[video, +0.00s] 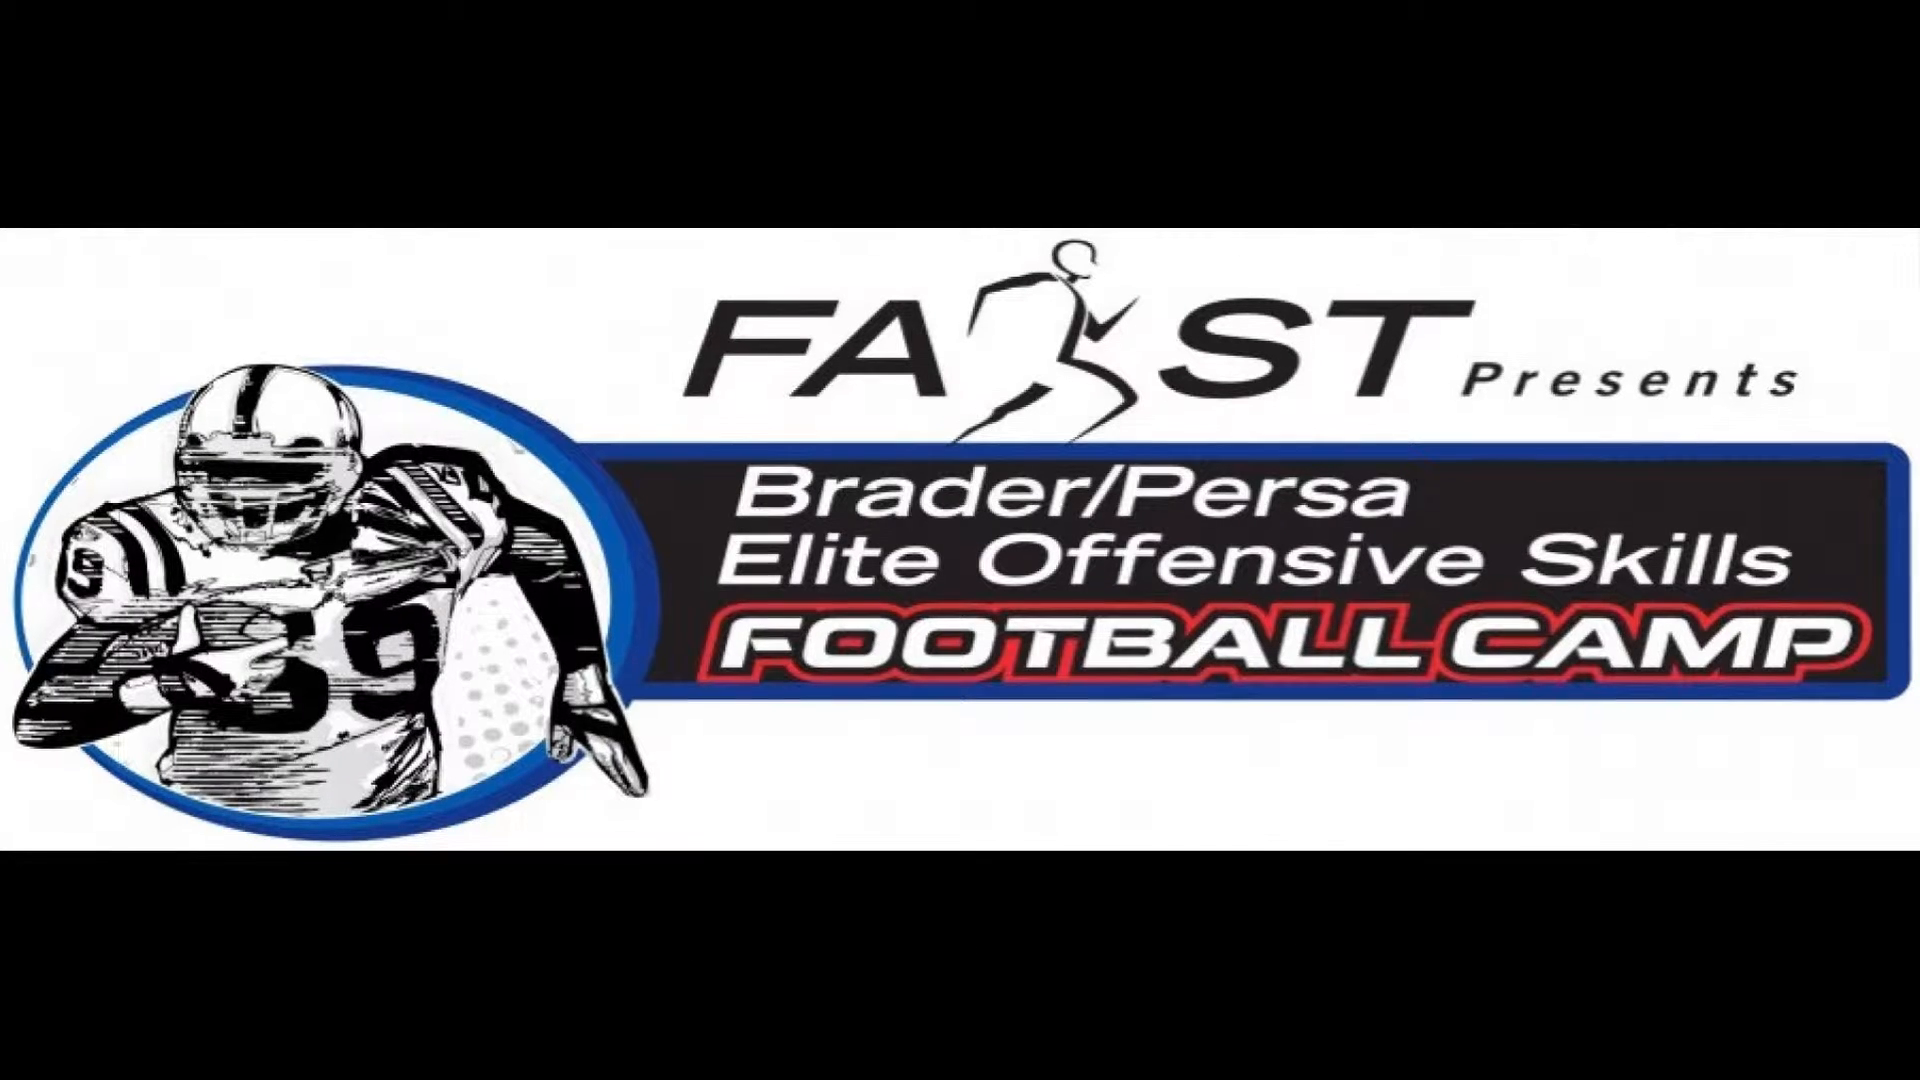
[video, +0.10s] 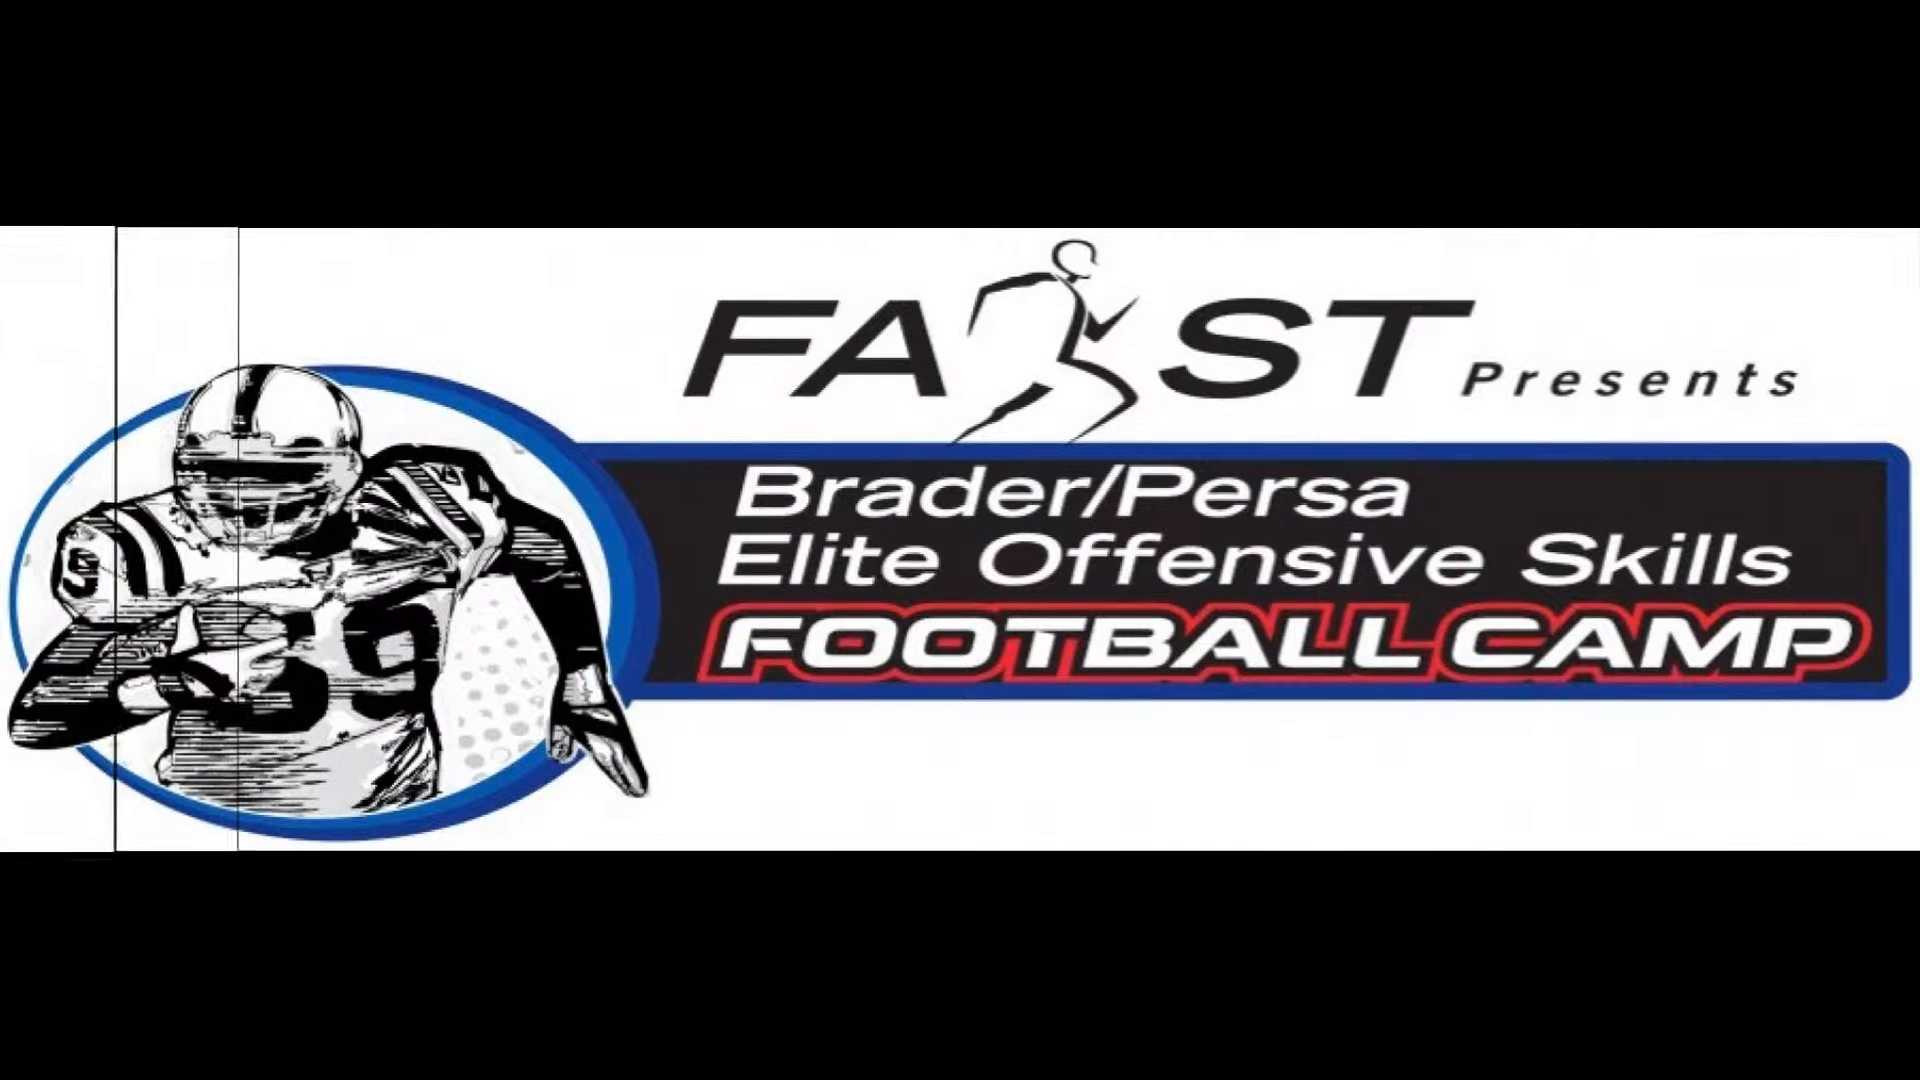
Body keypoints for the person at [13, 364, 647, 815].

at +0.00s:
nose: (251, 512)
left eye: (279, 490)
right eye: (228, 489)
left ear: (336, 478)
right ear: (192, 478)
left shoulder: (422, 506)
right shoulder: (139, 548)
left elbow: (544, 546)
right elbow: (40, 715)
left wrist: (584, 671)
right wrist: (170, 682)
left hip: (386, 811)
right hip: (217, 815)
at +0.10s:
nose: (249, 509)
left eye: (278, 487)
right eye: (226, 486)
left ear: (335, 477)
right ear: (192, 477)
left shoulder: (418, 507)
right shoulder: (136, 549)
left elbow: (543, 545)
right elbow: (34, 718)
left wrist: (583, 669)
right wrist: (159, 683)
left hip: (381, 812)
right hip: (216, 816)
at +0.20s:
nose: (247, 514)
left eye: (274, 490)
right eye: (224, 490)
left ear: (332, 475)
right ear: (189, 476)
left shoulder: (418, 505)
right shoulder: (147, 547)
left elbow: (542, 545)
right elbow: (56, 716)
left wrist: (584, 673)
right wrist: (174, 681)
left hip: (389, 809)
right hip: (215, 815)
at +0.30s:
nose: (269, 504)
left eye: (296, 484)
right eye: (250, 482)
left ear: (344, 476)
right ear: (224, 473)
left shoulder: (425, 505)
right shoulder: (186, 545)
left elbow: (543, 549)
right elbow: (117, 706)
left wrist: (583, 678)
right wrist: (223, 672)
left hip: (390, 803)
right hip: (245, 803)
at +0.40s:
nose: (320, 513)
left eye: (344, 492)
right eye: (303, 491)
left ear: (380, 478)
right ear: (278, 477)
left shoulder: (447, 511)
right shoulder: (247, 549)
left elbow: (550, 551)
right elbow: (182, 697)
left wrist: (584, 675)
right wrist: (277, 666)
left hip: (421, 794)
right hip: (297, 794)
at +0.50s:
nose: (370, 519)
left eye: (391, 502)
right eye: (352, 501)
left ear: (423, 491)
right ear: (327, 493)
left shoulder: (481, 518)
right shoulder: (298, 553)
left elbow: (575, 555)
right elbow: (227, 692)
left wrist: (602, 672)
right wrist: (323, 659)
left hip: (457, 773)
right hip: (341, 772)